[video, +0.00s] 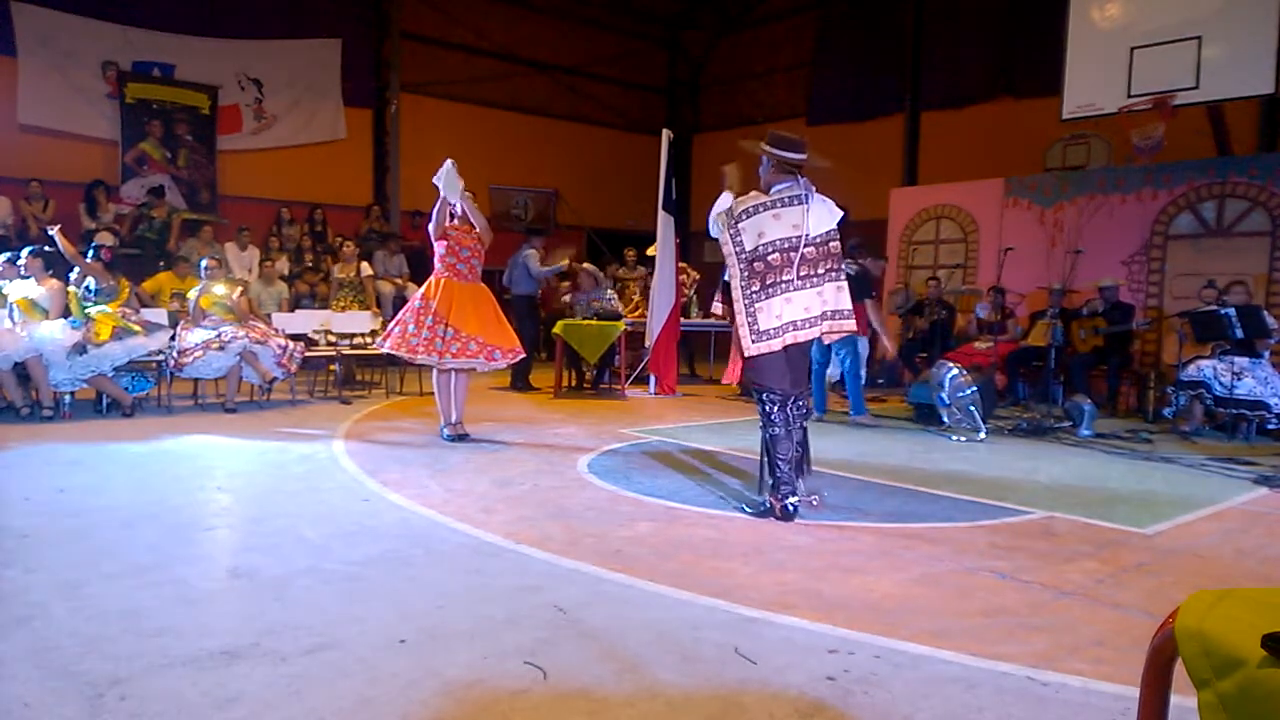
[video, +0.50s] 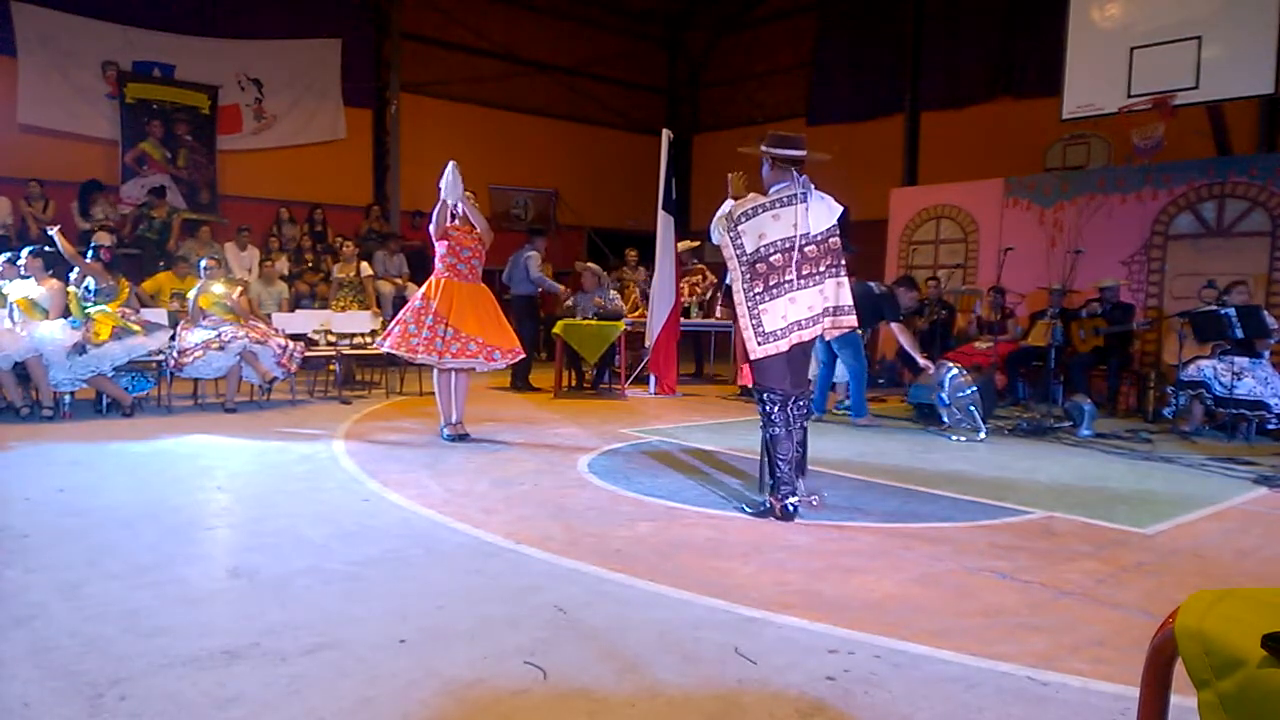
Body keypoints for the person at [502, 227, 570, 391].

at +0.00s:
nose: (543, 244)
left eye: (543, 240)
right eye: (542, 240)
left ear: (528, 239)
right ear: (535, 240)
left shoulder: (516, 256)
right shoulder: (530, 253)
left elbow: (506, 280)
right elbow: (537, 272)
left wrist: (522, 285)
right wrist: (562, 266)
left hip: (516, 298)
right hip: (528, 299)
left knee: (523, 338)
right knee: (530, 338)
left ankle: (518, 376)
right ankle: (522, 378)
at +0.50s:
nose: (545, 246)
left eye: (545, 242)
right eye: (543, 242)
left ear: (530, 241)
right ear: (536, 241)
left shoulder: (516, 255)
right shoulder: (533, 255)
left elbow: (505, 277)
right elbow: (535, 275)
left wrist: (520, 287)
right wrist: (559, 288)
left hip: (516, 298)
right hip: (528, 298)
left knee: (521, 338)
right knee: (528, 339)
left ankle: (517, 376)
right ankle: (522, 377)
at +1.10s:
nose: (568, 263)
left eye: (569, 259)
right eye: (568, 258)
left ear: (561, 256)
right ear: (561, 255)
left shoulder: (542, 261)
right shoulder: (549, 261)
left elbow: (522, 275)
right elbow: (534, 275)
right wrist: (547, 296)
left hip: (528, 298)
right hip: (527, 299)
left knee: (533, 341)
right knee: (530, 341)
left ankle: (537, 377)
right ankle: (523, 379)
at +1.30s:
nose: (576, 262)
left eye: (577, 259)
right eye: (575, 258)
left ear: (569, 257)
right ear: (568, 255)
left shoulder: (557, 268)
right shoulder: (555, 260)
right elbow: (538, 272)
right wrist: (550, 293)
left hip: (537, 299)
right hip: (529, 298)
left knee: (539, 340)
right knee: (531, 340)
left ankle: (538, 377)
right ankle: (521, 378)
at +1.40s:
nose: (577, 263)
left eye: (578, 259)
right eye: (576, 258)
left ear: (570, 258)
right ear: (570, 255)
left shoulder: (560, 268)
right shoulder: (556, 260)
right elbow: (539, 271)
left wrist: (552, 297)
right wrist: (551, 293)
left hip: (540, 300)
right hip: (531, 299)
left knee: (539, 341)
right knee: (529, 340)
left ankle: (538, 377)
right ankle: (520, 378)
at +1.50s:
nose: (579, 263)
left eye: (580, 260)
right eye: (578, 258)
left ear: (573, 259)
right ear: (571, 256)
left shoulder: (563, 270)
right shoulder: (557, 260)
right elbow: (539, 271)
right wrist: (551, 292)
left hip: (540, 300)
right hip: (530, 298)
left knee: (540, 341)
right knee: (529, 339)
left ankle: (538, 377)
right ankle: (519, 377)